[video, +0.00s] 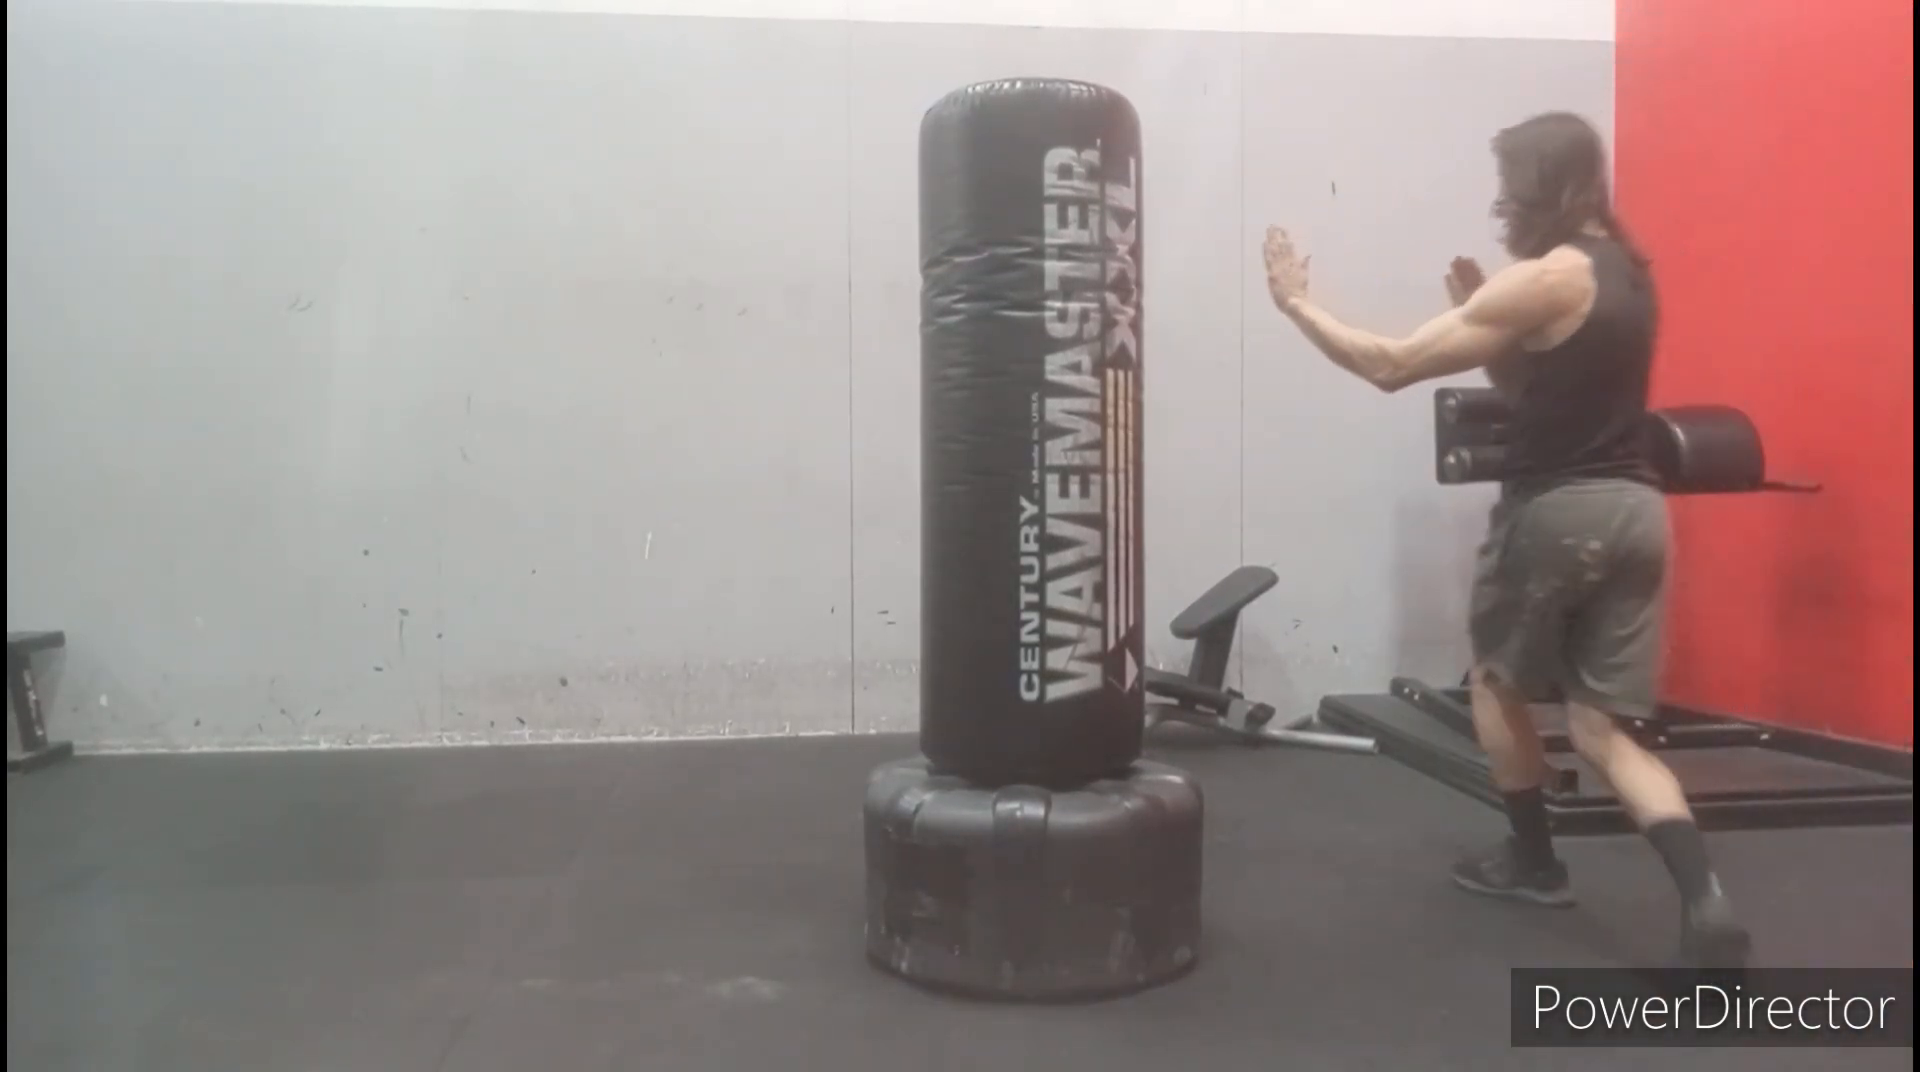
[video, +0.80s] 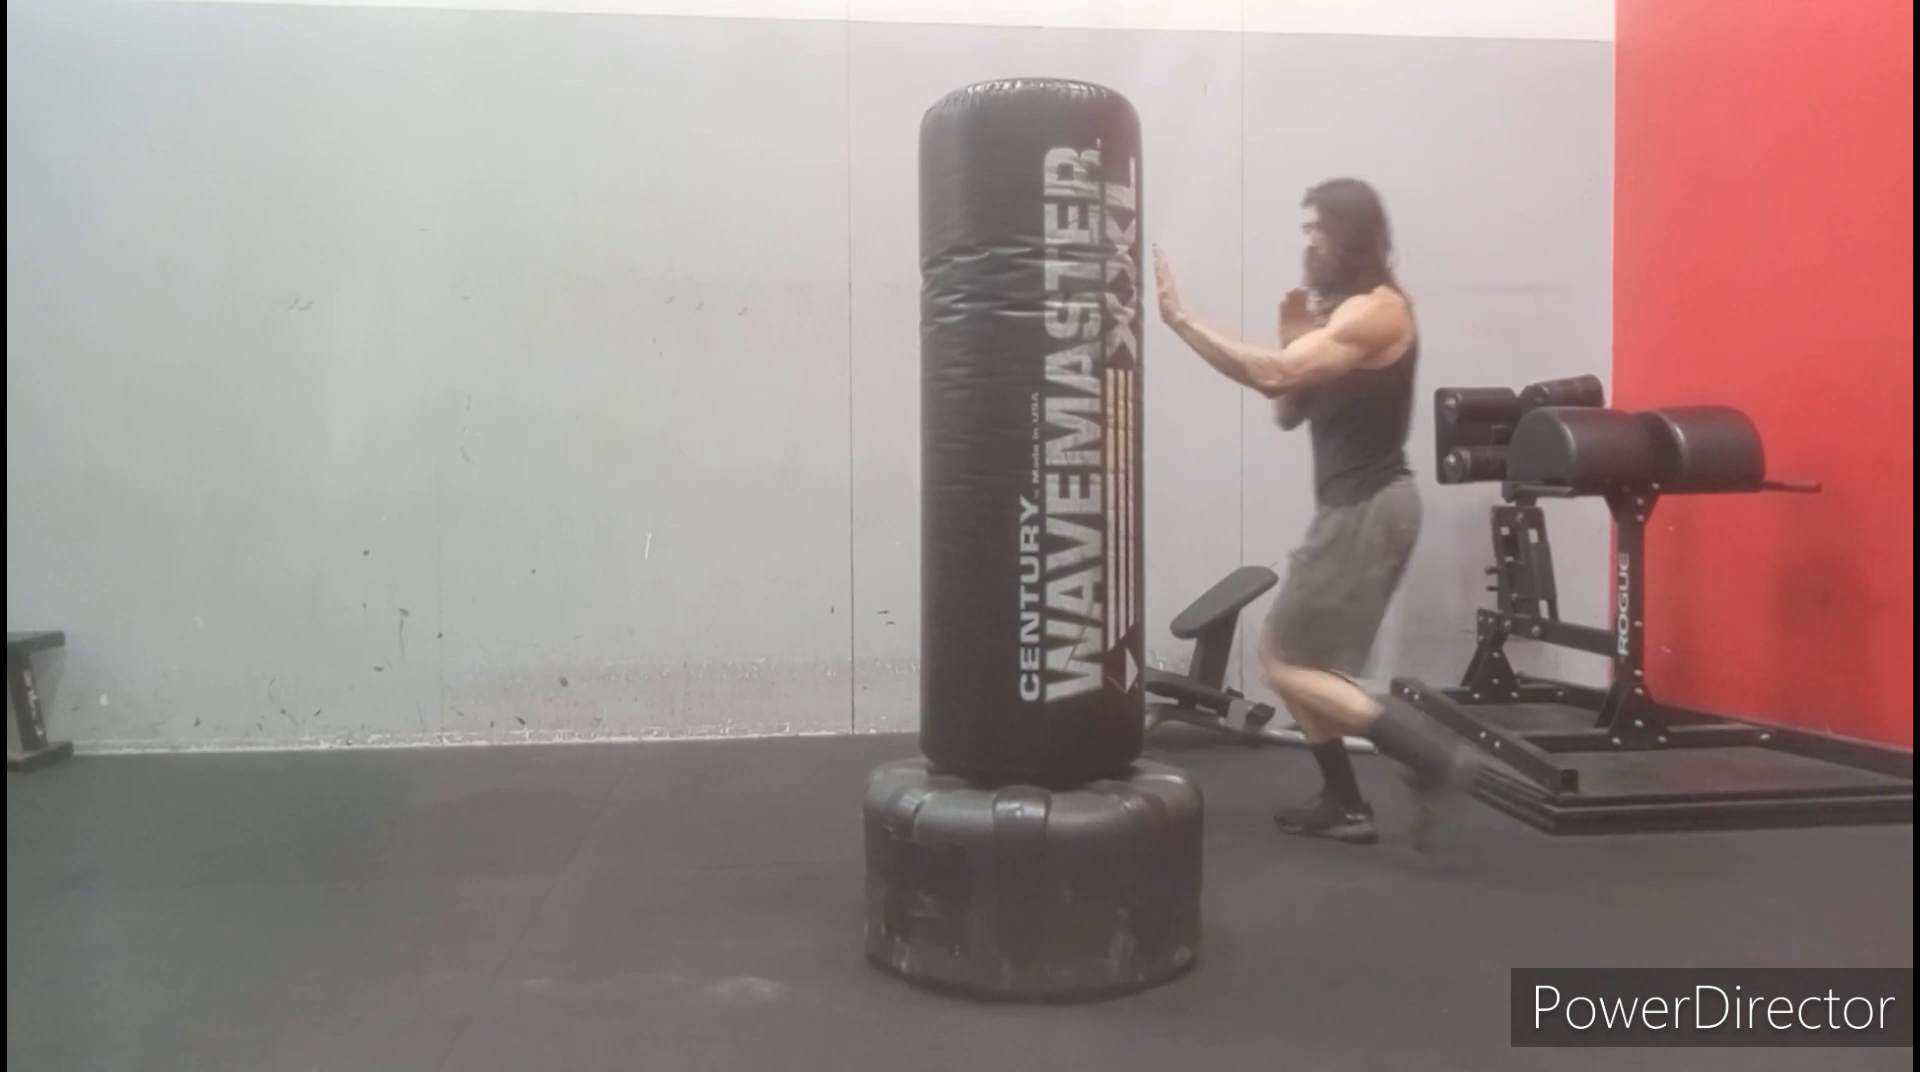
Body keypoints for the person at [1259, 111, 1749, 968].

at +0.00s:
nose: (1498, 197)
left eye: (1506, 181)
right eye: (1498, 180)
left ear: (1538, 186)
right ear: (1588, 185)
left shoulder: (1551, 279)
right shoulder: (1627, 265)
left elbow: (1390, 366)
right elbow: (1546, 380)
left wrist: (1297, 301)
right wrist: (1489, 311)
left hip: (1554, 509)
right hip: (1637, 505)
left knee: (1496, 682)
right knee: (1602, 725)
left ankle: (1534, 860)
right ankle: (1703, 895)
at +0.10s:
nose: (1473, 205)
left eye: (1481, 190)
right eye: (1474, 189)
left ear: (1515, 195)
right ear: (1556, 195)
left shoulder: (1526, 285)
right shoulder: (1594, 275)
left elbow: (1374, 368)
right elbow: (1518, 382)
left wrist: (1280, 306)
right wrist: (1467, 316)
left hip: (1531, 511)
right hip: (1606, 507)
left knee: (1474, 684)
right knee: (1568, 705)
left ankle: (1531, 859)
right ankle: (1668, 810)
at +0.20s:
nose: (1451, 212)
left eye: (1462, 198)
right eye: (1452, 196)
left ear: (1503, 204)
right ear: (1528, 203)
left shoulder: (1503, 289)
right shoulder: (1564, 277)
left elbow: (1363, 368)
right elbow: (1498, 384)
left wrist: (1266, 307)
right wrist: (1441, 319)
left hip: (1515, 509)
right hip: (1576, 501)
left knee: (1455, 684)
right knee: (1531, 678)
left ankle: (1528, 857)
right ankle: (1620, 767)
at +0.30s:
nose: (1430, 216)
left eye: (1440, 203)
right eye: (1432, 201)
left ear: (1474, 210)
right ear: (1503, 209)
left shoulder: (1485, 291)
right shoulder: (1534, 284)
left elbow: (1349, 368)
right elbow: (1461, 408)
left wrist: (1254, 311)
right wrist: (1417, 327)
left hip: (1501, 510)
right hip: (1549, 499)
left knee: (1444, 684)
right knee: (1479, 654)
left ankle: (1528, 856)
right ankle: (1542, 772)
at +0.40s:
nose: (1408, 223)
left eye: (1419, 211)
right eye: (1410, 209)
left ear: (1455, 217)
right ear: (1476, 217)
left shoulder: (1470, 291)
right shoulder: (1497, 289)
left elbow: (1336, 369)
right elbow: (1426, 416)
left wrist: (1240, 313)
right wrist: (1393, 331)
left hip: (1490, 509)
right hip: (1504, 500)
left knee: (1442, 691)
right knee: (1390, 621)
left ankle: (1533, 859)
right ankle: (1458, 775)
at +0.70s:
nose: (1331, 238)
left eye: (1340, 225)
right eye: (1331, 225)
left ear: (1374, 230)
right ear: (1377, 231)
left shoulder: (1403, 305)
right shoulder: (1375, 307)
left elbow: (1291, 373)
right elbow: (1320, 414)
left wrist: (1195, 318)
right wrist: (1320, 338)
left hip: (1400, 511)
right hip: (1379, 510)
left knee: (1365, 692)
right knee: (1298, 644)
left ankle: (1500, 817)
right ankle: (1344, 800)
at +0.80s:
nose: (1305, 246)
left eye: (1316, 233)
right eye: (1304, 233)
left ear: (1354, 240)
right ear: (1329, 237)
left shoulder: (1377, 309)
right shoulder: (1344, 312)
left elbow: (1277, 374)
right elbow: (1287, 413)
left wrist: (1180, 320)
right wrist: (1291, 341)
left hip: (1371, 507)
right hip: (1357, 505)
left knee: (1279, 655)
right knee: (1299, 657)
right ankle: (1343, 800)